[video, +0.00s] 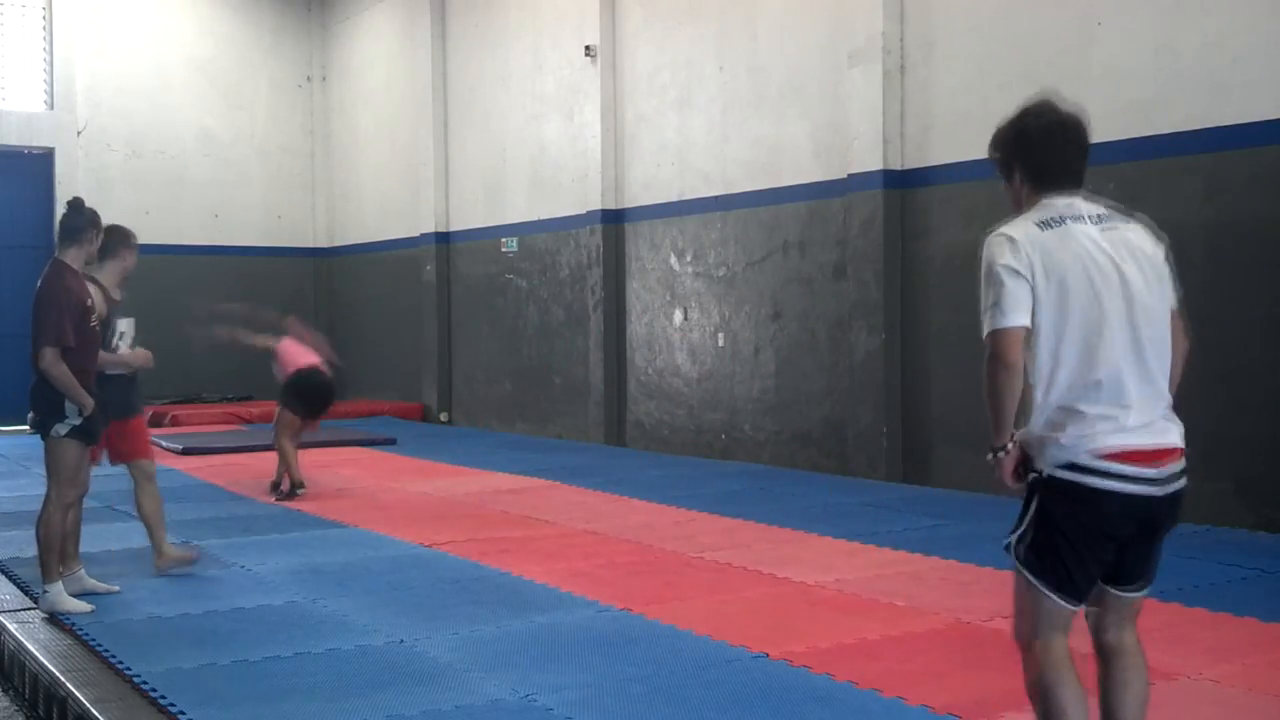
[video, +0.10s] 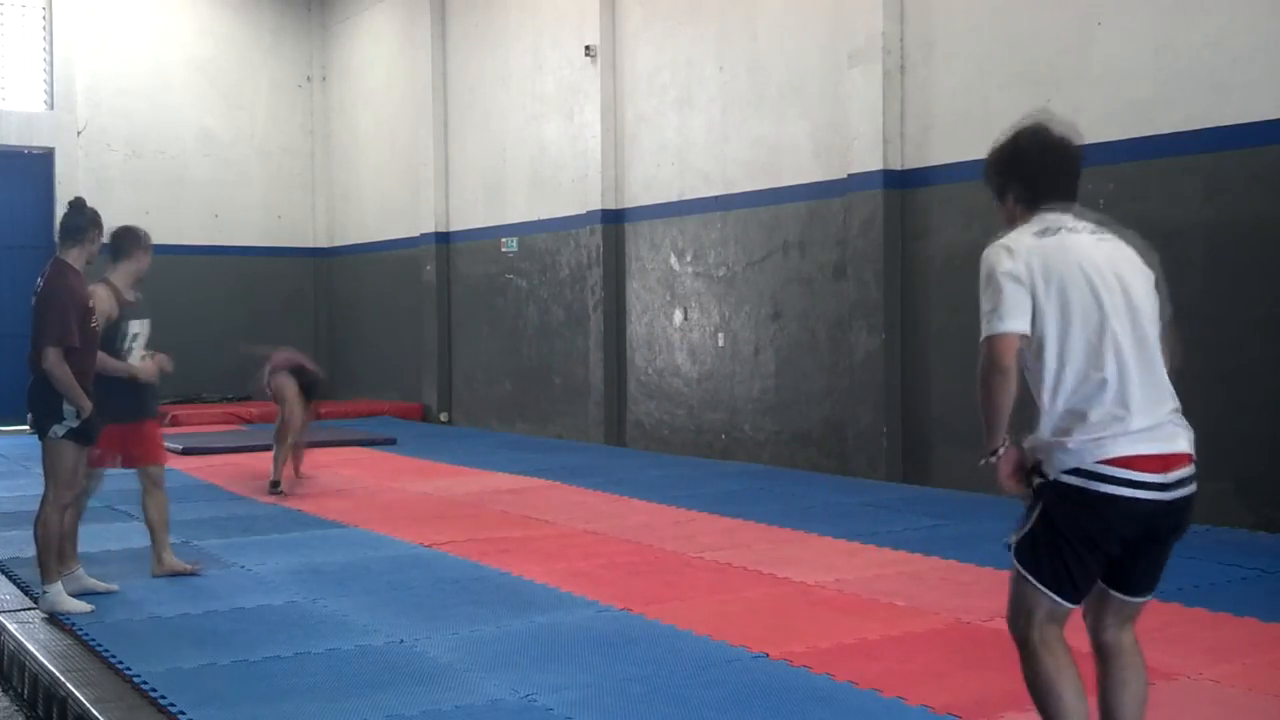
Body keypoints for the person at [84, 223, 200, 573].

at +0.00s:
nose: (134, 262)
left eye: (134, 255)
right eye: (132, 255)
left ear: (114, 255)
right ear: (121, 256)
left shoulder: (113, 293)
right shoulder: (89, 294)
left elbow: (100, 347)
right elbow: (82, 353)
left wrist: (130, 355)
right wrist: (128, 360)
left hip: (122, 394)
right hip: (90, 394)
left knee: (145, 470)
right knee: (76, 480)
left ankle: (163, 550)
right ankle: (64, 558)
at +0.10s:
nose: (150, 260)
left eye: (149, 254)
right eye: (148, 254)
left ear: (129, 254)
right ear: (136, 255)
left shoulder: (134, 296)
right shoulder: (100, 296)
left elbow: (128, 348)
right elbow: (85, 353)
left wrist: (153, 359)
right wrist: (133, 369)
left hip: (139, 407)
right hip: (104, 407)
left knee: (154, 478)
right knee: (86, 483)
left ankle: (164, 557)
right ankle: (62, 554)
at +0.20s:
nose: (167, 257)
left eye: (166, 251)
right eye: (165, 250)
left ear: (140, 250)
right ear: (154, 251)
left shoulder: (148, 292)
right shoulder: (114, 291)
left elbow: (141, 347)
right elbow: (95, 351)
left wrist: (171, 353)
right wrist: (137, 383)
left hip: (155, 401)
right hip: (120, 404)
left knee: (162, 480)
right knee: (121, 484)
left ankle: (164, 557)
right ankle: (76, 543)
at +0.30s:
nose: (181, 256)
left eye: (180, 249)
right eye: (179, 249)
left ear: (155, 249)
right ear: (169, 250)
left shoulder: (162, 291)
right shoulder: (128, 291)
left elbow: (155, 350)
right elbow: (104, 350)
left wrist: (188, 344)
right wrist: (141, 394)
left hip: (166, 395)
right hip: (139, 397)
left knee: (168, 477)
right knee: (157, 477)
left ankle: (165, 557)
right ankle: (116, 531)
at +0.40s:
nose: (196, 255)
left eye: (195, 249)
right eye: (194, 248)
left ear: (168, 247)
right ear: (184, 249)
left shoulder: (175, 289)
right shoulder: (142, 290)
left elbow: (174, 346)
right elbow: (117, 349)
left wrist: (204, 338)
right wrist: (145, 401)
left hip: (180, 396)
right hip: (158, 398)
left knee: (178, 474)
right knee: (178, 472)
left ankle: (166, 555)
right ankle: (164, 557)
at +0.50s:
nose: (211, 257)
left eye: (211, 250)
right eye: (209, 249)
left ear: (182, 248)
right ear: (200, 250)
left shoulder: (187, 292)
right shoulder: (158, 294)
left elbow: (184, 348)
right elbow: (136, 356)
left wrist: (214, 342)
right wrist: (153, 414)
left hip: (193, 399)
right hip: (170, 401)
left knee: (177, 482)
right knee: (194, 477)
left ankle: (165, 556)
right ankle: (210, 563)